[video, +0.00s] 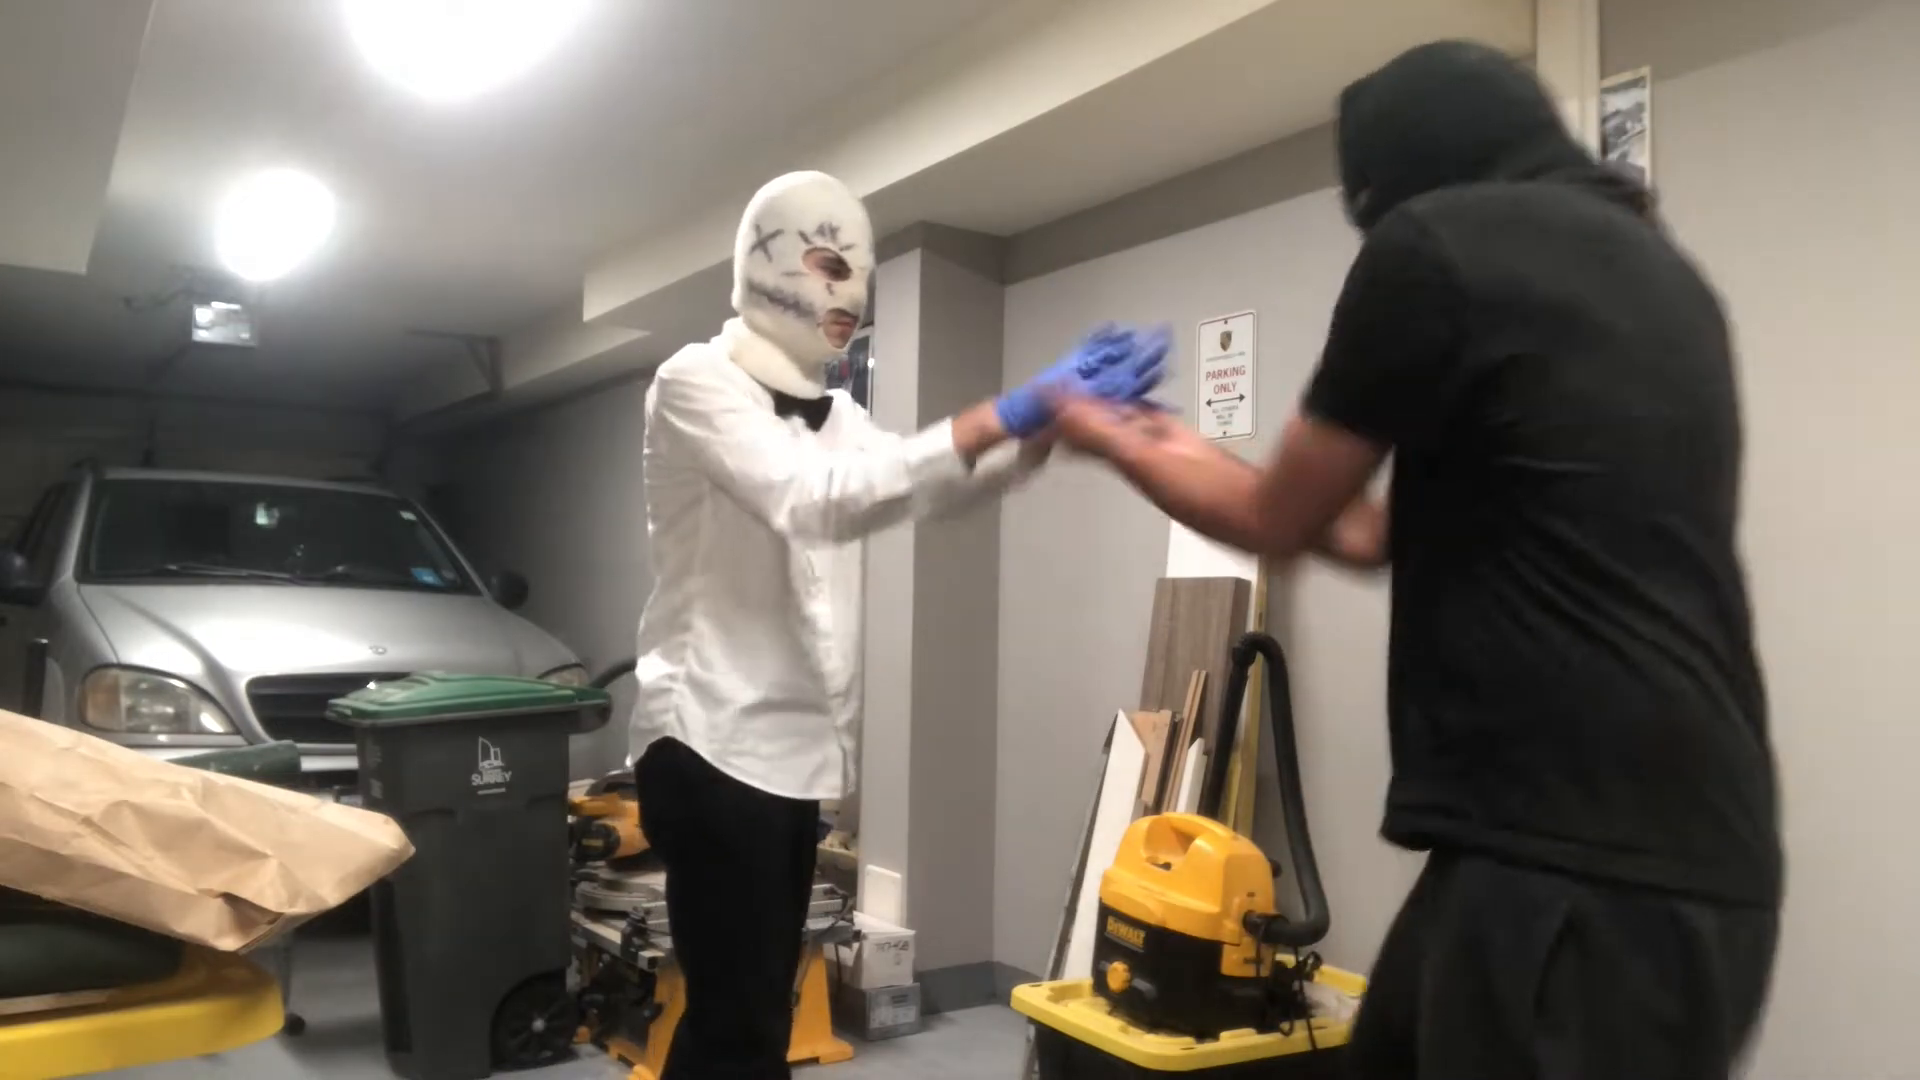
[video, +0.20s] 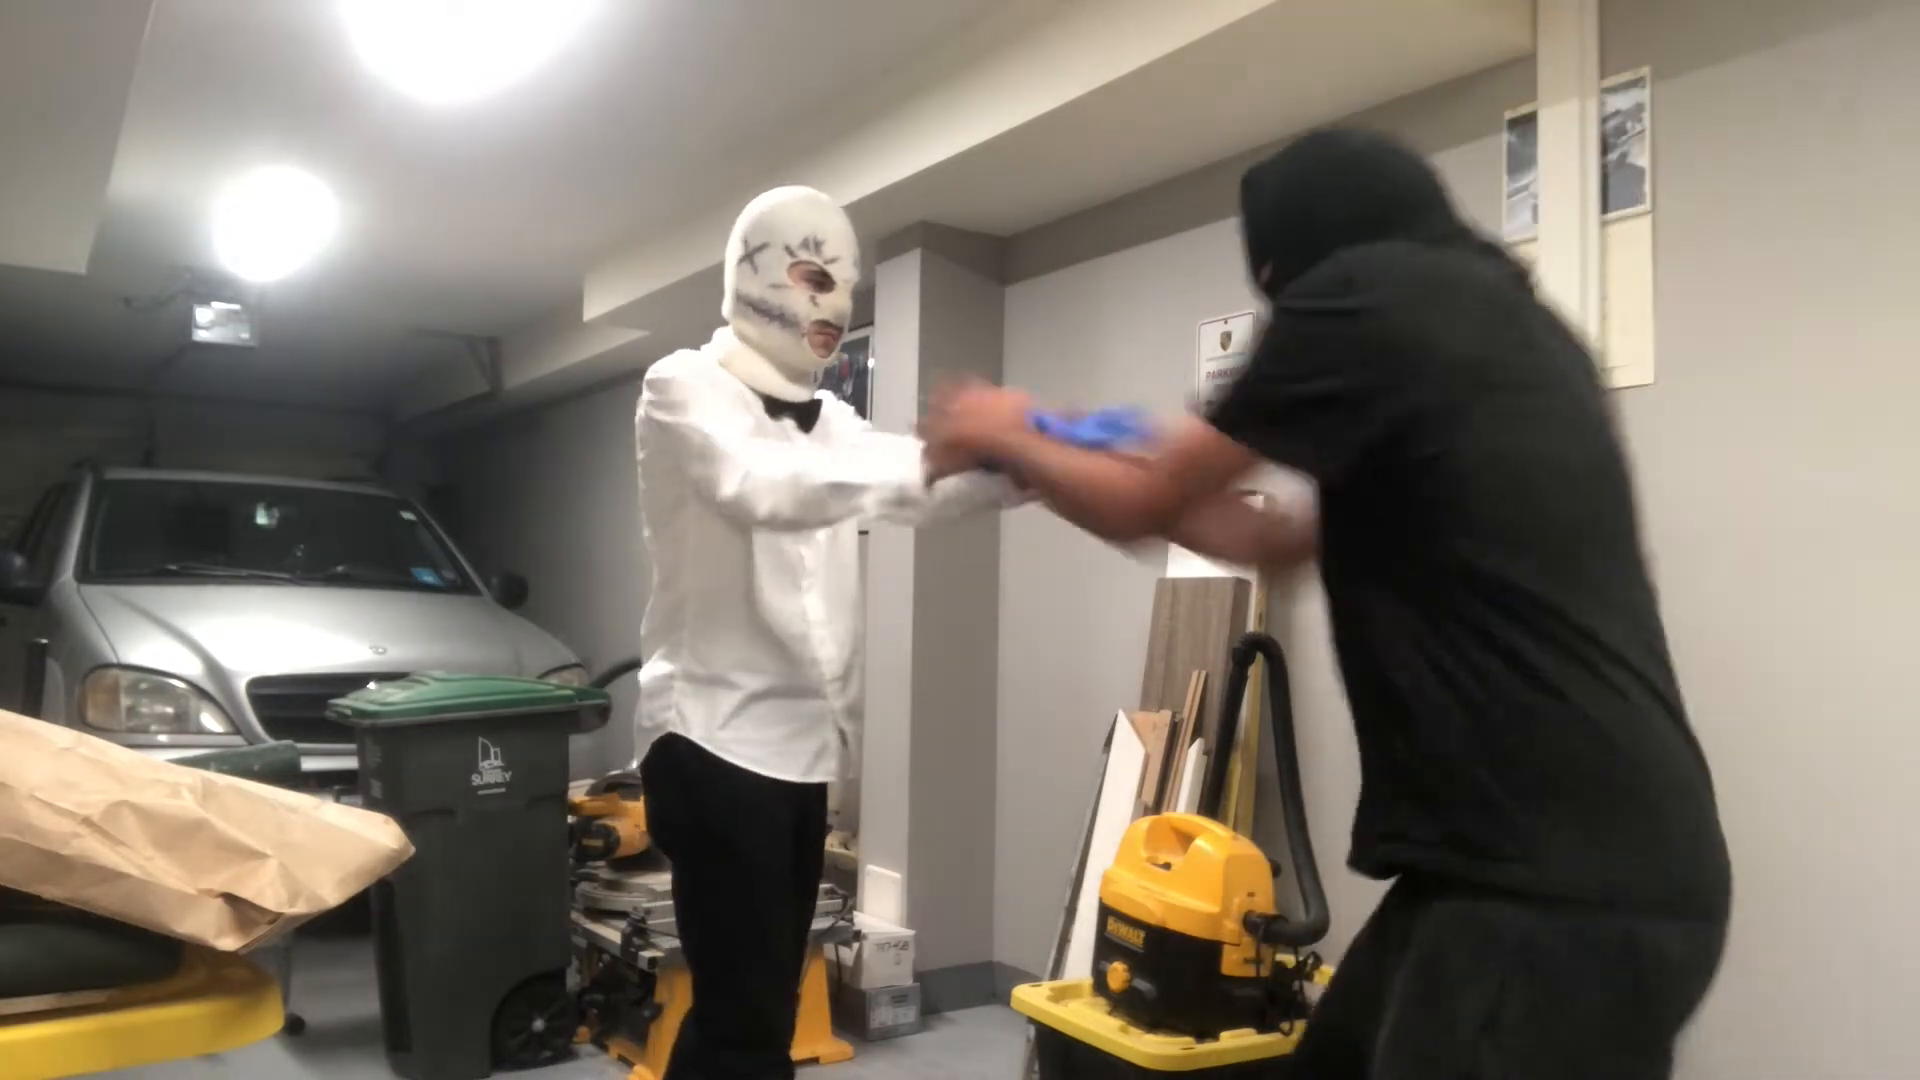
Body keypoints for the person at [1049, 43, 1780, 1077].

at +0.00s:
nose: (1363, 220)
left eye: (1365, 194)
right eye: (1359, 198)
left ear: (1401, 160)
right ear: (1526, 130)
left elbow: (1269, 516)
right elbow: (1377, 535)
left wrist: (1102, 435)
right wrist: (1199, 453)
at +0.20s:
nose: (1272, 301)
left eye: (1272, 272)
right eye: (1268, 280)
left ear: (1309, 238)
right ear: (1406, 213)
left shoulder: (1368, 303)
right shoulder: (1513, 326)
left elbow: (1135, 500)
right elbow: (1288, 539)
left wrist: (1001, 436)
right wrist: (1155, 473)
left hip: (1539, 894)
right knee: (1331, 1058)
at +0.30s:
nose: (1250, 331)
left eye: (1253, 304)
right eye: (1247, 310)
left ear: (1294, 273)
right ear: (1385, 246)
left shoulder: (1357, 324)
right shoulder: (1490, 345)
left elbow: (1097, 468)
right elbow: (1258, 485)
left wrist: (983, 488)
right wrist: (1078, 485)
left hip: (1546, 915)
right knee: (1296, 1059)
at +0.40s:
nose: (1269, 344)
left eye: (1268, 318)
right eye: (1261, 323)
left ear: (1312, 282)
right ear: (1404, 247)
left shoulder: (1382, 345)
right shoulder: (1544, 368)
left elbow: (1168, 540)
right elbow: (1390, 592)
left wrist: (1043, 615)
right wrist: (1200, 574)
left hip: (1426, 905)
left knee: (1259, 1057)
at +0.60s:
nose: (1265, 351)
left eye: (1265, 314)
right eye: (1256, 320)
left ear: (1319, 286)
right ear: (1397, 254)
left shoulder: (1415, 385)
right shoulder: (1540, 377)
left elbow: (1282, 696)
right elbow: (1424, 639)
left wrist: (1111, 730)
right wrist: (1226, 611)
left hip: (1352, 918)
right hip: (1453, 911)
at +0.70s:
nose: (1232, 305)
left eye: (1235, 270)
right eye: (1225, 274)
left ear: (1294, 245)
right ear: (1371, 219)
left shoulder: (1383, 355)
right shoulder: (1501, 336)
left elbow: (1168, 636)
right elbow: (1391, 610)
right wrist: (1210, 555)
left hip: (1425, 903)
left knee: (1268, 1057)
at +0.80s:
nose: (1211, 264)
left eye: (1215, 230)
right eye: (1206, 235)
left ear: (1265, 212)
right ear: (1352, 181)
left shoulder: (1359, 300)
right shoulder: (1467, 282)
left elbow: (1157, 572)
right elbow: (1330, 520)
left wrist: (1065, 539)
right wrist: (1164, 464)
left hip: (1497, 857)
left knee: (1363, 1056)